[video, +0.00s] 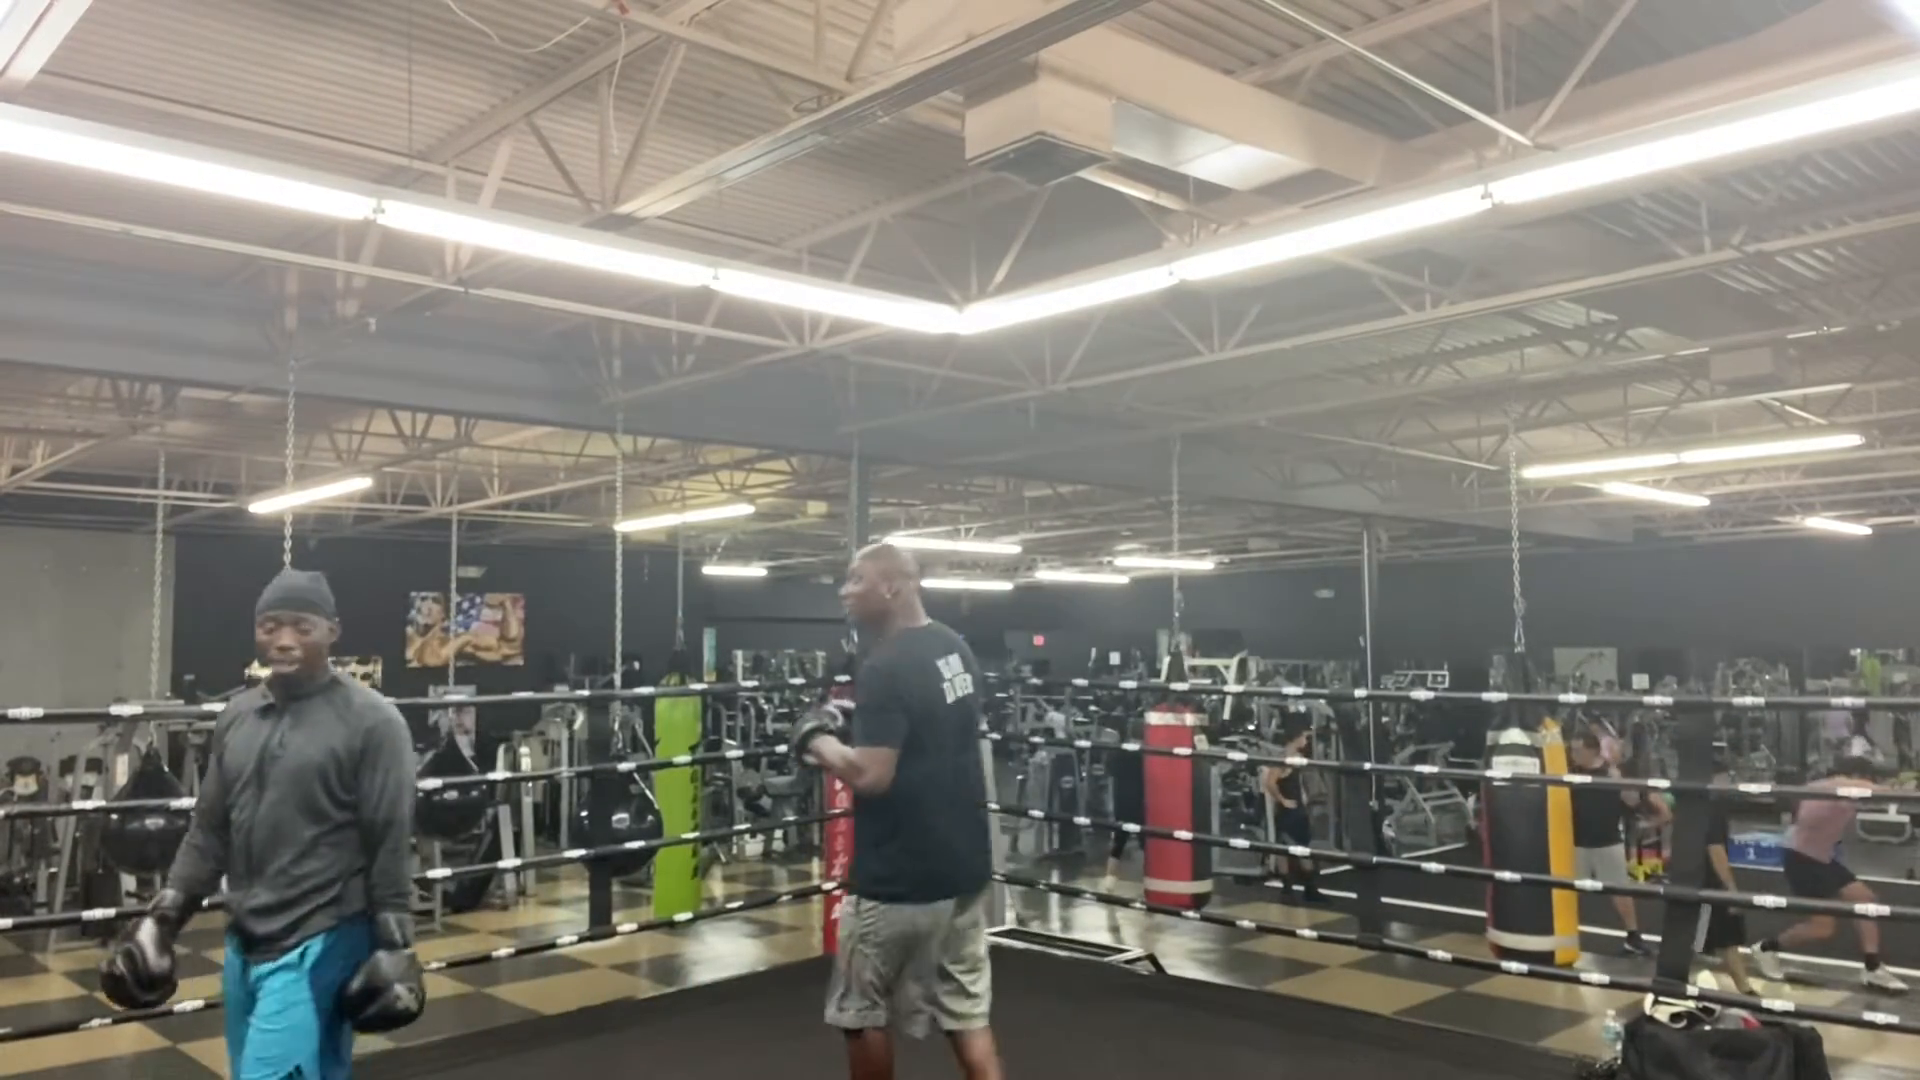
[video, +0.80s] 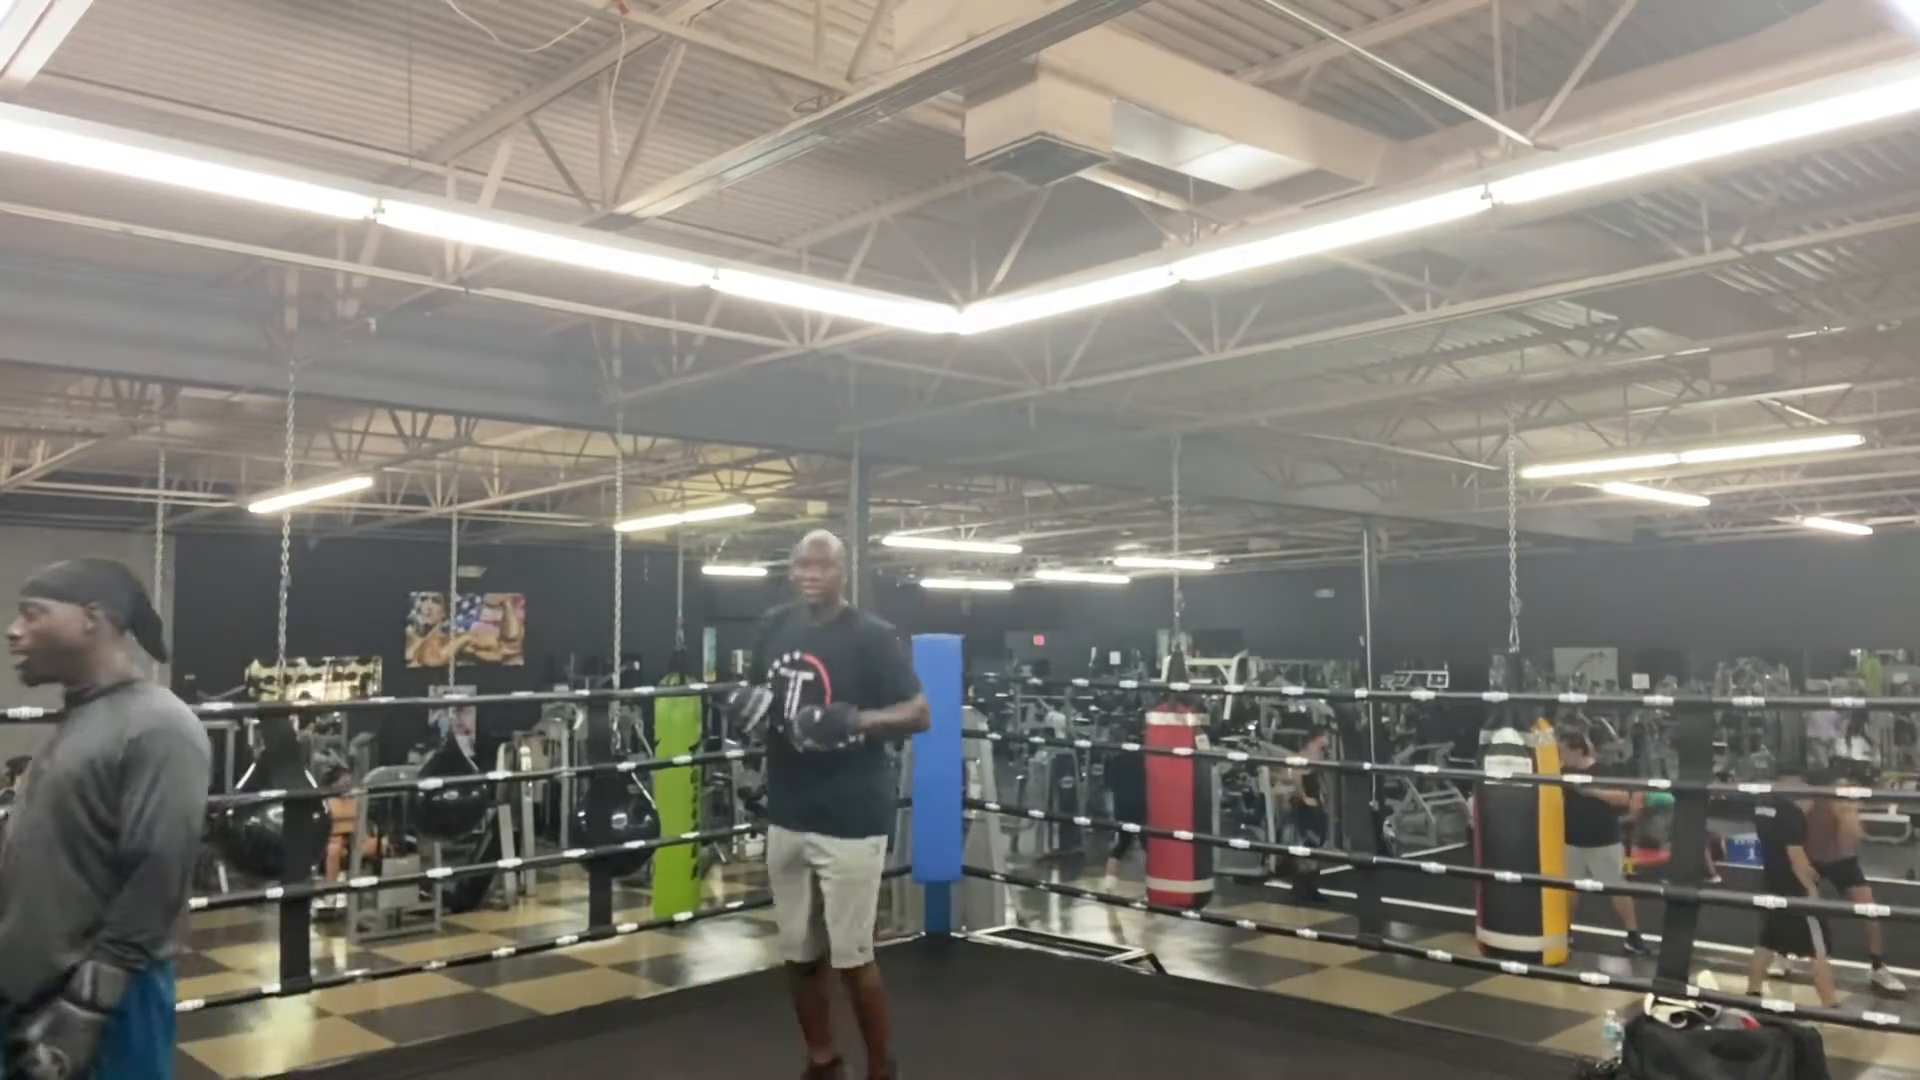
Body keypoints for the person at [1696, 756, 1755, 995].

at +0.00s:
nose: (1729, 784)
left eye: (1728, 778)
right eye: (1724, 778)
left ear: (1709, 780)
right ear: (1713, 779)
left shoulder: (1693, 805)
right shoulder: (1713, 806)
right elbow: (1716, 850)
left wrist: (1728, 888)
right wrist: (1732, 889)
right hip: (1707, 884)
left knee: (1729, 940)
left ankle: (1745, 989)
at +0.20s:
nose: (1744, 783)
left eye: (1744, 778)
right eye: (1742, 777)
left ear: (1725, 777)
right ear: (1734, 777)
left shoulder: (1714, 803)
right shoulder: (1737, 804)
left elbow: (1711, 846)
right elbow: (1742, 846)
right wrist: (1756, 878)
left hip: (1721, 876)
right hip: (1736, 879)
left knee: (1741, 944)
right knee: (1729, 947)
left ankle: (1749, 991)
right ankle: (1686, 964)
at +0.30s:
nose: (1749, 784)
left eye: (1749, 778)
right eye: (1745, 778)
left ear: (1727, 778)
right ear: (1737, 778)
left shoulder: (1716, 806)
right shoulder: (1745, 805)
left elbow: (1712, 848)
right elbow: (1751, 845)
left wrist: (1720, 869)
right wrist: (1771, 876)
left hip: (1728, 876)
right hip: (1746, 878)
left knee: (1743, 941)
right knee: (1755, 943)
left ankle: (1749, 990)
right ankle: (1711, 973)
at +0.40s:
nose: (1755, 785)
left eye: (1756, 779)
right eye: (1750, 779)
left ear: (1732, 780)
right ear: (1739, 779)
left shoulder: (1722, 806)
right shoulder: (1750, 806)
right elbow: (1757, 845)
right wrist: (1779, 873)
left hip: (1734, 875)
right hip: (1751, 877)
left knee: (1745, 939)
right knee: (1763, 943)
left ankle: (1749, 990)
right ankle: (1722, 973)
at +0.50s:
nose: (1764, 784)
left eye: (1764, 778)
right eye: (1760, 778)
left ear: (1739, 778)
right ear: (1754, 778)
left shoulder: (1730, 804)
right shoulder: (1757, 804)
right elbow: (1765, 844)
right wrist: (1791, 874)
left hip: (1740, 878)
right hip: (1759, 881)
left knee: (1749, 941)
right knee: (1781, 947)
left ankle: (1750, 992)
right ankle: (1752, 985)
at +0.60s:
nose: (1773, 780)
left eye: (1772, 775)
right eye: (1770, 775)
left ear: (1747, 775)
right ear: (1764, 776)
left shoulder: (1737, 801)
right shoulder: (1764, 802)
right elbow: (1771, 846)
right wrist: (1798, 876)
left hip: (1748, 879)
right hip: (1770, 882)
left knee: (1752, 942)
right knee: (1793, 946)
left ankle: (1750, 995)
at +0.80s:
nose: (1804, 790)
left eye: (1802, 783)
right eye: (1801, 784)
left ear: (1778, 782)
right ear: (1794, 784)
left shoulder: (1762, 806)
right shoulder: (1791, 813)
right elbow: (1797, 857)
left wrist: (1806, 871)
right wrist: (1811, 888)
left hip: (1772, 885)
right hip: (1794, 887)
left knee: (1766, 945)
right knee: (1819, 947)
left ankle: (1753, 994)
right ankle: (1830, 1003)